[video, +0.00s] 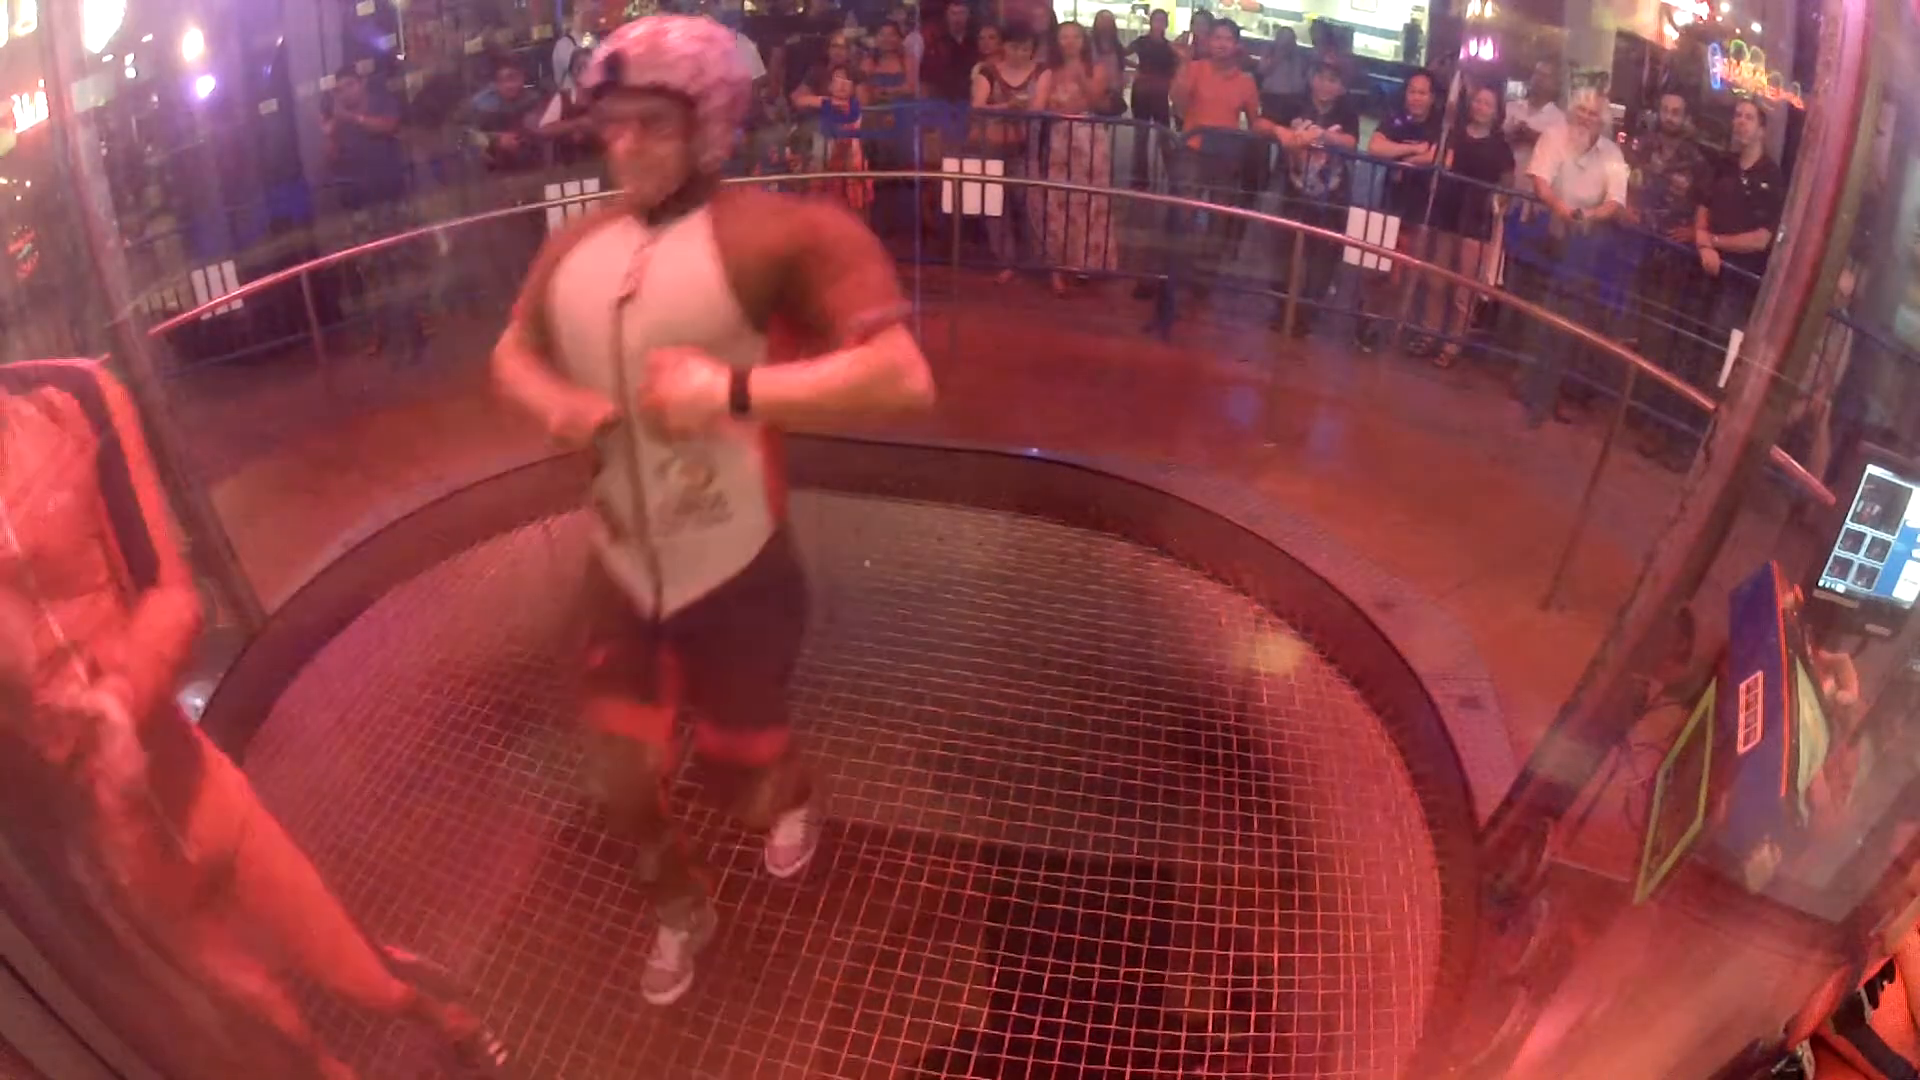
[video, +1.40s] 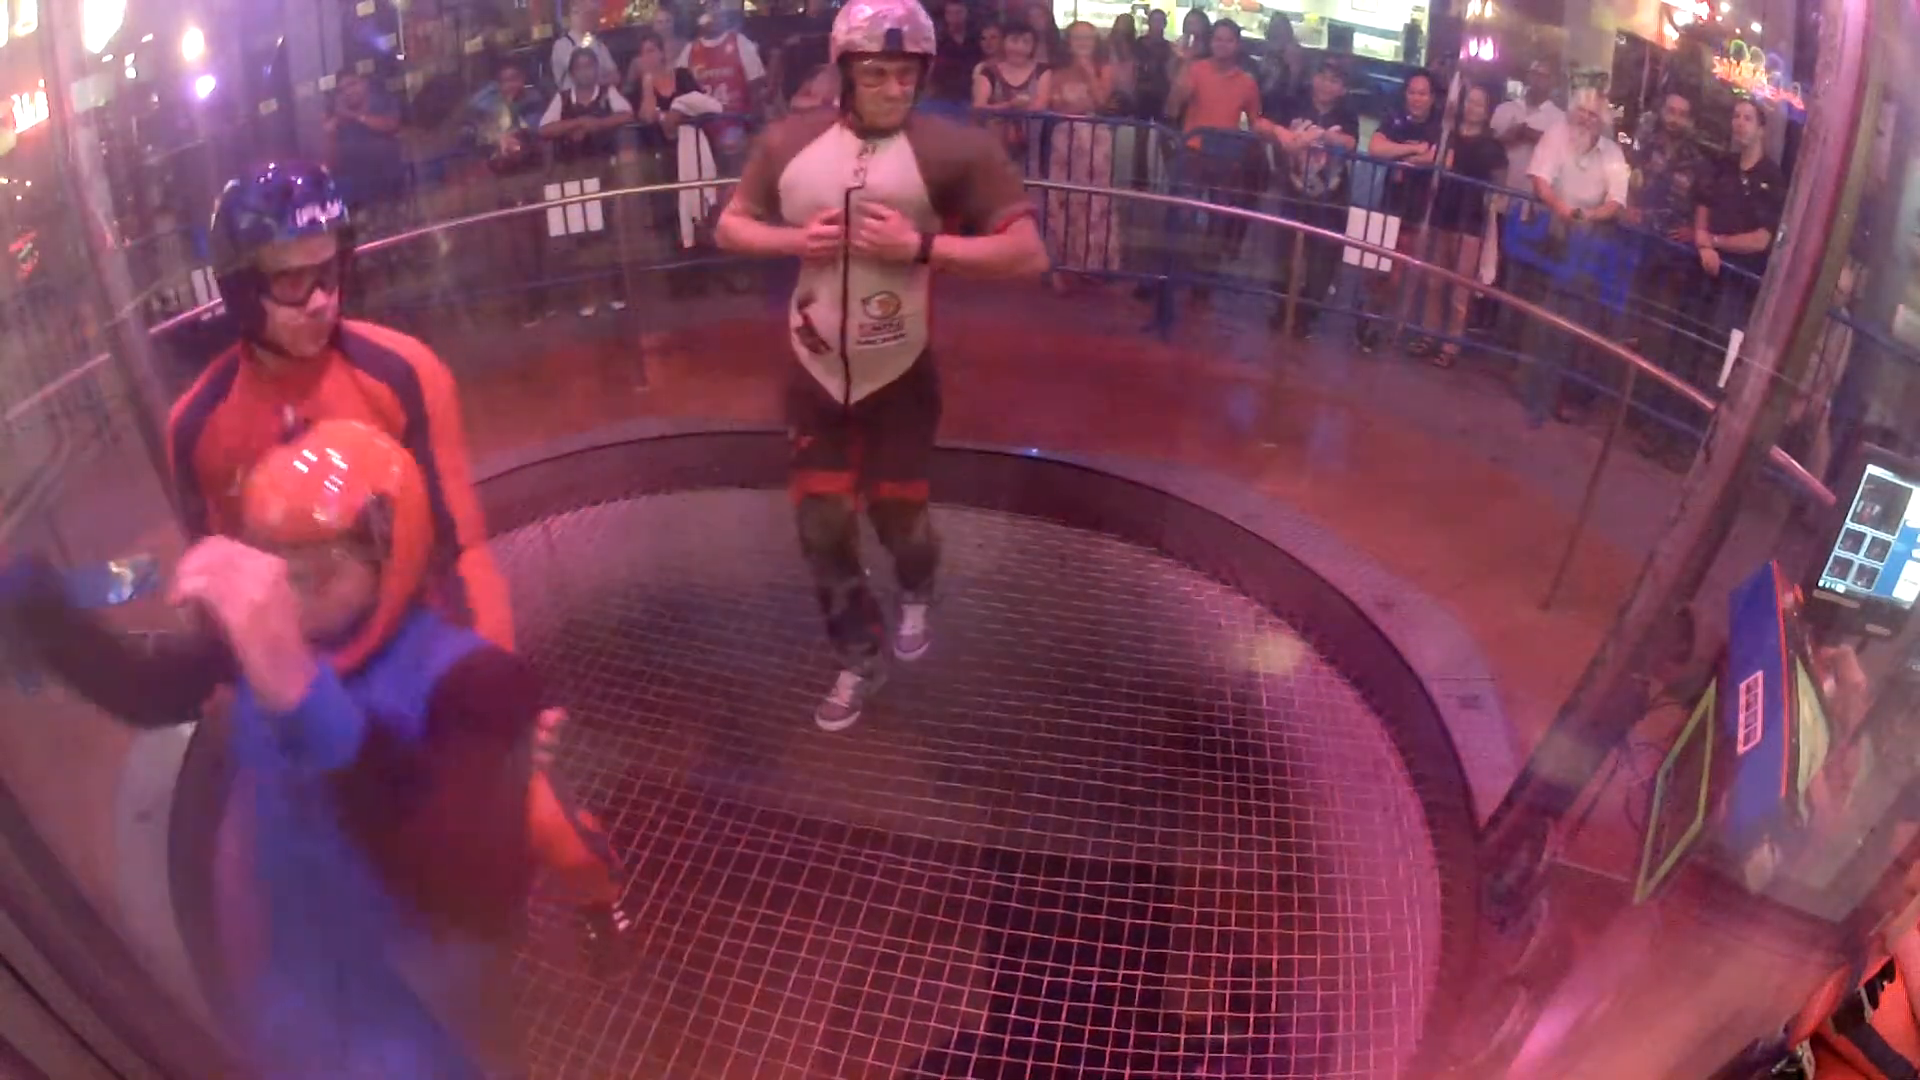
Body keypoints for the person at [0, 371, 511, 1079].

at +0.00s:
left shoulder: (68, 411)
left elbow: (171, 588)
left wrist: (120, 703)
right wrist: (39, 721)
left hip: (180, 776)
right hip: (70, 837)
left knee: (363, 980)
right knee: (276, 1035)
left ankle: (457, 1028)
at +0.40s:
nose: (96, 313)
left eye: (103, 281)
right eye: (61, 302)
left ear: (122, 266)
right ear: (10, 314)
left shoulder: (197, 364)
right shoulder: (7, 442)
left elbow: (285, 575)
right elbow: (23, 644)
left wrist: (245, 695)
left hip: (252, 724)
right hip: (125, 775)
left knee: (421, 949)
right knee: (293, 1002)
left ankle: (492, 1054)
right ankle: (371, 1070)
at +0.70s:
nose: (186, 283)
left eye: (197, 252)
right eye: (152, 267)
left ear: (216, 239)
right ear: (94, 275)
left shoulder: (284, 352)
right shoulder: (77, 400)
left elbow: (355, 564)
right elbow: (68, 594)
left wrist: (318, 699)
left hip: (306, 670)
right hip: (173, 706)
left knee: (530, 945)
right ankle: (457, 1030)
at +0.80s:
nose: (227, 271)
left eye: (237, 242)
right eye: (195, 255)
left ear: (255, 235)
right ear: (133, 269)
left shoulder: (327, 350)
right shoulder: (127, 397)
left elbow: (390, 562)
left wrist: (353, 694)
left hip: (343, 656)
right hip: (220, 693)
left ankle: (537, 932)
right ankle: (443, 1025)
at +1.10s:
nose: (321, 266)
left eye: (331, 239)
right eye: (291, 251)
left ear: (349, 232)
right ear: (235, 258)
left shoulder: (409, 356)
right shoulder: (183, 395)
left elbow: (445, 544)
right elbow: (187, 548)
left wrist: (430, 681)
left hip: (391, 633)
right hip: (256, 653)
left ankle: (551, 875)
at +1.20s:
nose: (328, 269)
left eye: (339, 243)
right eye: (300, 251)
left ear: (355, 237)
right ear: (243, 258)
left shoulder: (414, 357)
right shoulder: (189, 399)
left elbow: (448, 537)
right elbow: (204, 549)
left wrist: (452, 675)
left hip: (406, 645)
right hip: (267, 658)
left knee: (551, 864)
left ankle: (603, 899)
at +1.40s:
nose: (317, 303)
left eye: (327, 276)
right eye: (291, 286)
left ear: (345, 266)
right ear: (243, 289)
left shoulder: (406, 372)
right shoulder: (196, 426)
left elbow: (464, 542)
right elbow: (220, 576)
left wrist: (501, 683)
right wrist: (240, 685)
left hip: (423, 653)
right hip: (284, 674)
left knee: (553, 835)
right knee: (237, 875)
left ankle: (606, 912)